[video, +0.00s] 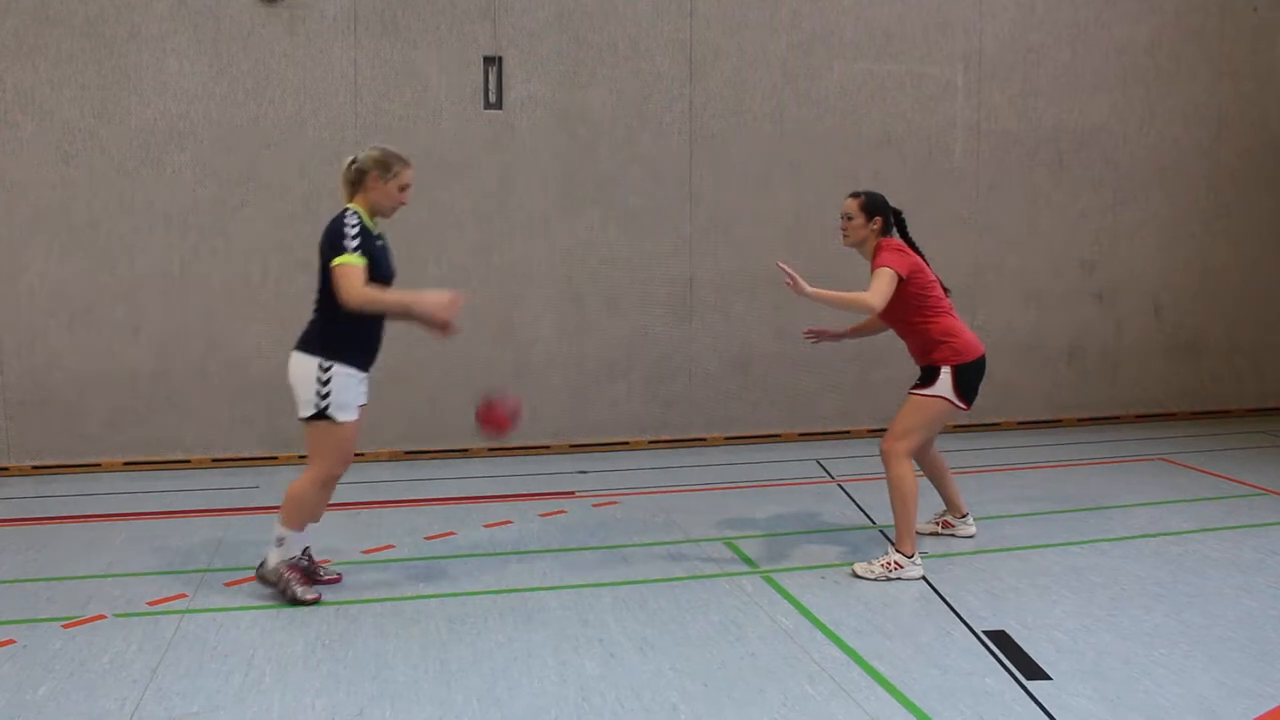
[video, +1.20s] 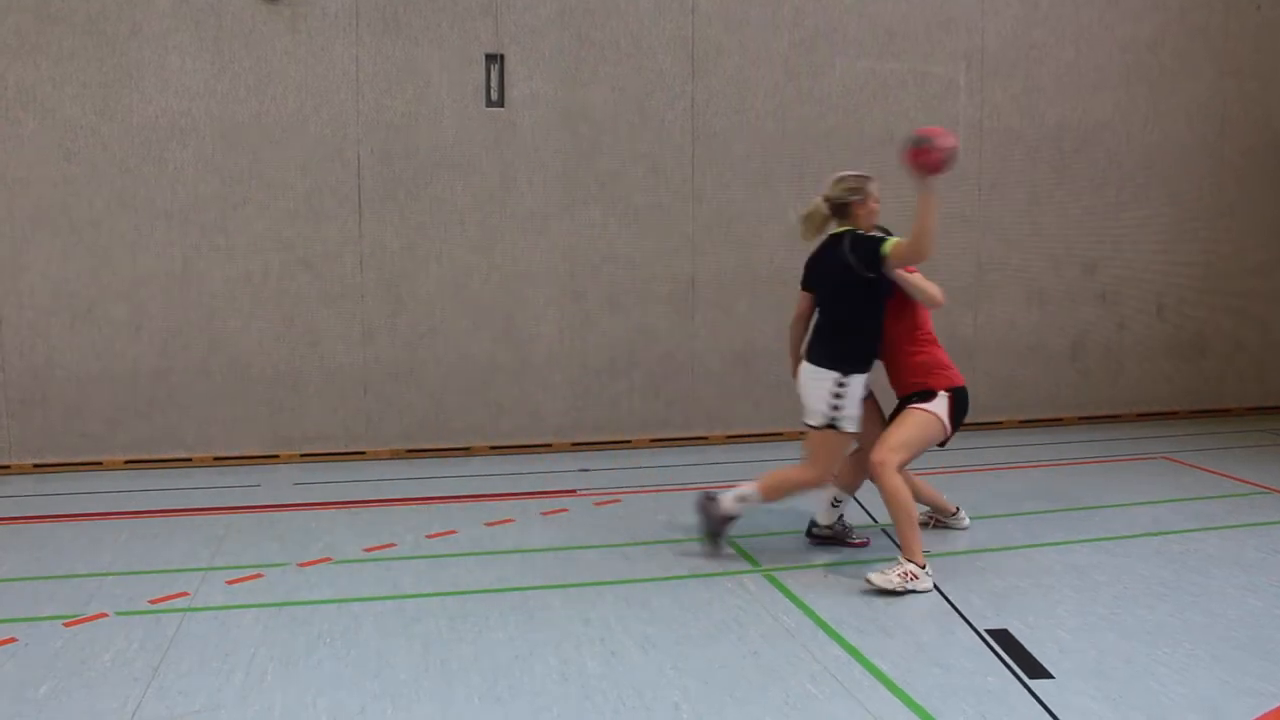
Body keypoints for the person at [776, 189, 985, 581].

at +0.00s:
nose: (841, 226)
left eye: (848, 219)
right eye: (841, 219)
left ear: (875, 223)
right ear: (872, 225)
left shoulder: (890, 253)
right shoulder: (889, 255)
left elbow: (874, 302)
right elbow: (889, 318)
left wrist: (811, 292)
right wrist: (843, 333)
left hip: (951, 363)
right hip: (949, 360)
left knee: (895, 449)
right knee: (918, 443)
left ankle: (905, 556)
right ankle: (959, 516)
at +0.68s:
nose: (842, 209)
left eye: (847, 201)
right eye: (840, 202)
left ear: (873, 200)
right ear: (869, 202)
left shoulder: (889, 228)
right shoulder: (871, 242)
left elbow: (858, 264)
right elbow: (844, 302)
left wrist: (800, 245)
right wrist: (799, 302)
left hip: (941, 344)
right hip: (926, 346)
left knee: (896, 440)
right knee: (907, 430)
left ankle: (923, 546)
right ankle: (942, 503)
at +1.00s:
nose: (836, 254)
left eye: (843, 247)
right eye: (836, 248)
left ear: (869, 251)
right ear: (859, 253)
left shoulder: (881, 272)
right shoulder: (860, 303)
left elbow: (865, 284)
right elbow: (845, 360)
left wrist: (814, 261)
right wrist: (806, 341)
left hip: (937, 391)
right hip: (912, 395)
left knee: (882, 465)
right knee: (891, 460)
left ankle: (924, 565)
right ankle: (949, 511)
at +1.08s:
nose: (848, 256)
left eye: (856, 248)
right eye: (847, 250)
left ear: (877, 253)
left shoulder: (889, 275)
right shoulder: (861, 305)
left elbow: (895, 291)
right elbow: (853, 361)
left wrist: (848, 267)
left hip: (934, 395)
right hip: (911, 398)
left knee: (877, 466)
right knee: (883, 463)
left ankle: (919, 565)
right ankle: (947, 512)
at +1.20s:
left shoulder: (900, 270)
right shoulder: (859, 285)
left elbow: (935, 299)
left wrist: (890, 267)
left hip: (940, 393)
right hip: (912, 396)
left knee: (883, 460)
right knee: (883, 467)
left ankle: (915, 566)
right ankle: (946, 512)